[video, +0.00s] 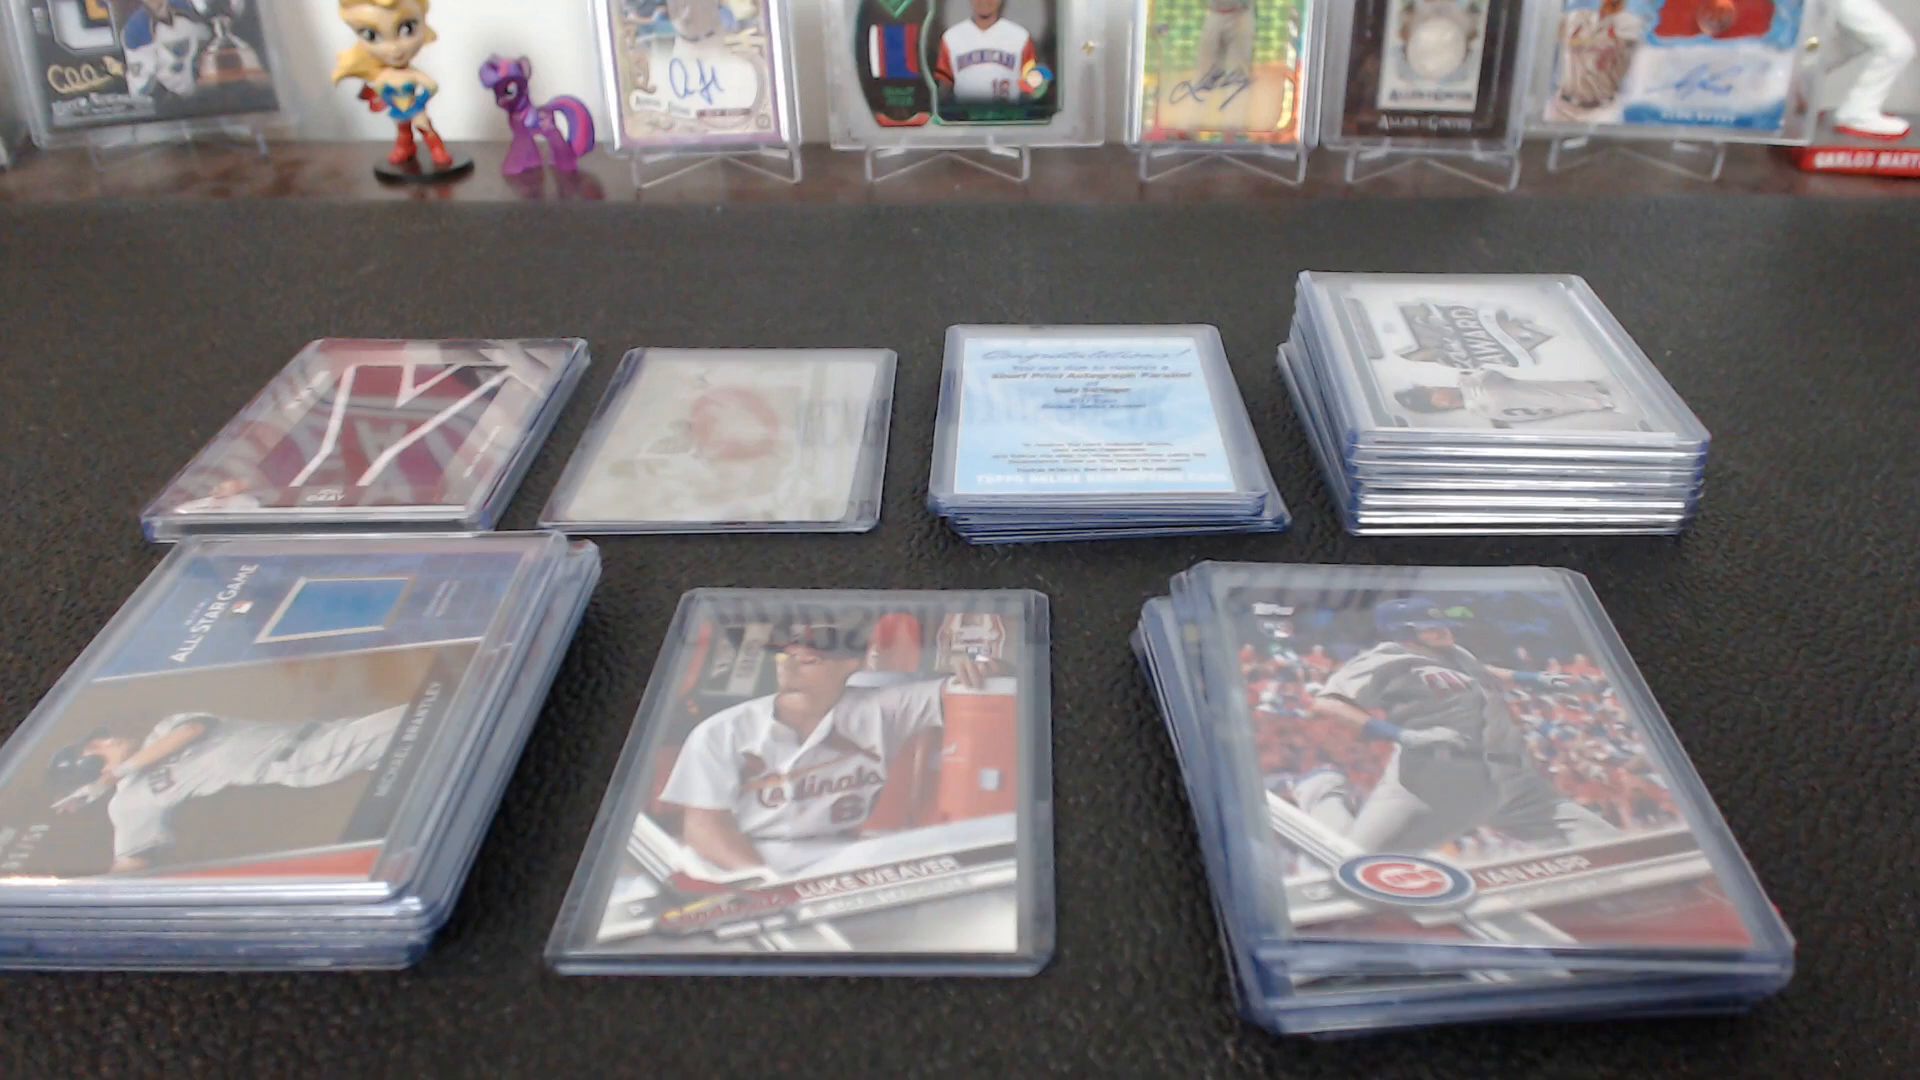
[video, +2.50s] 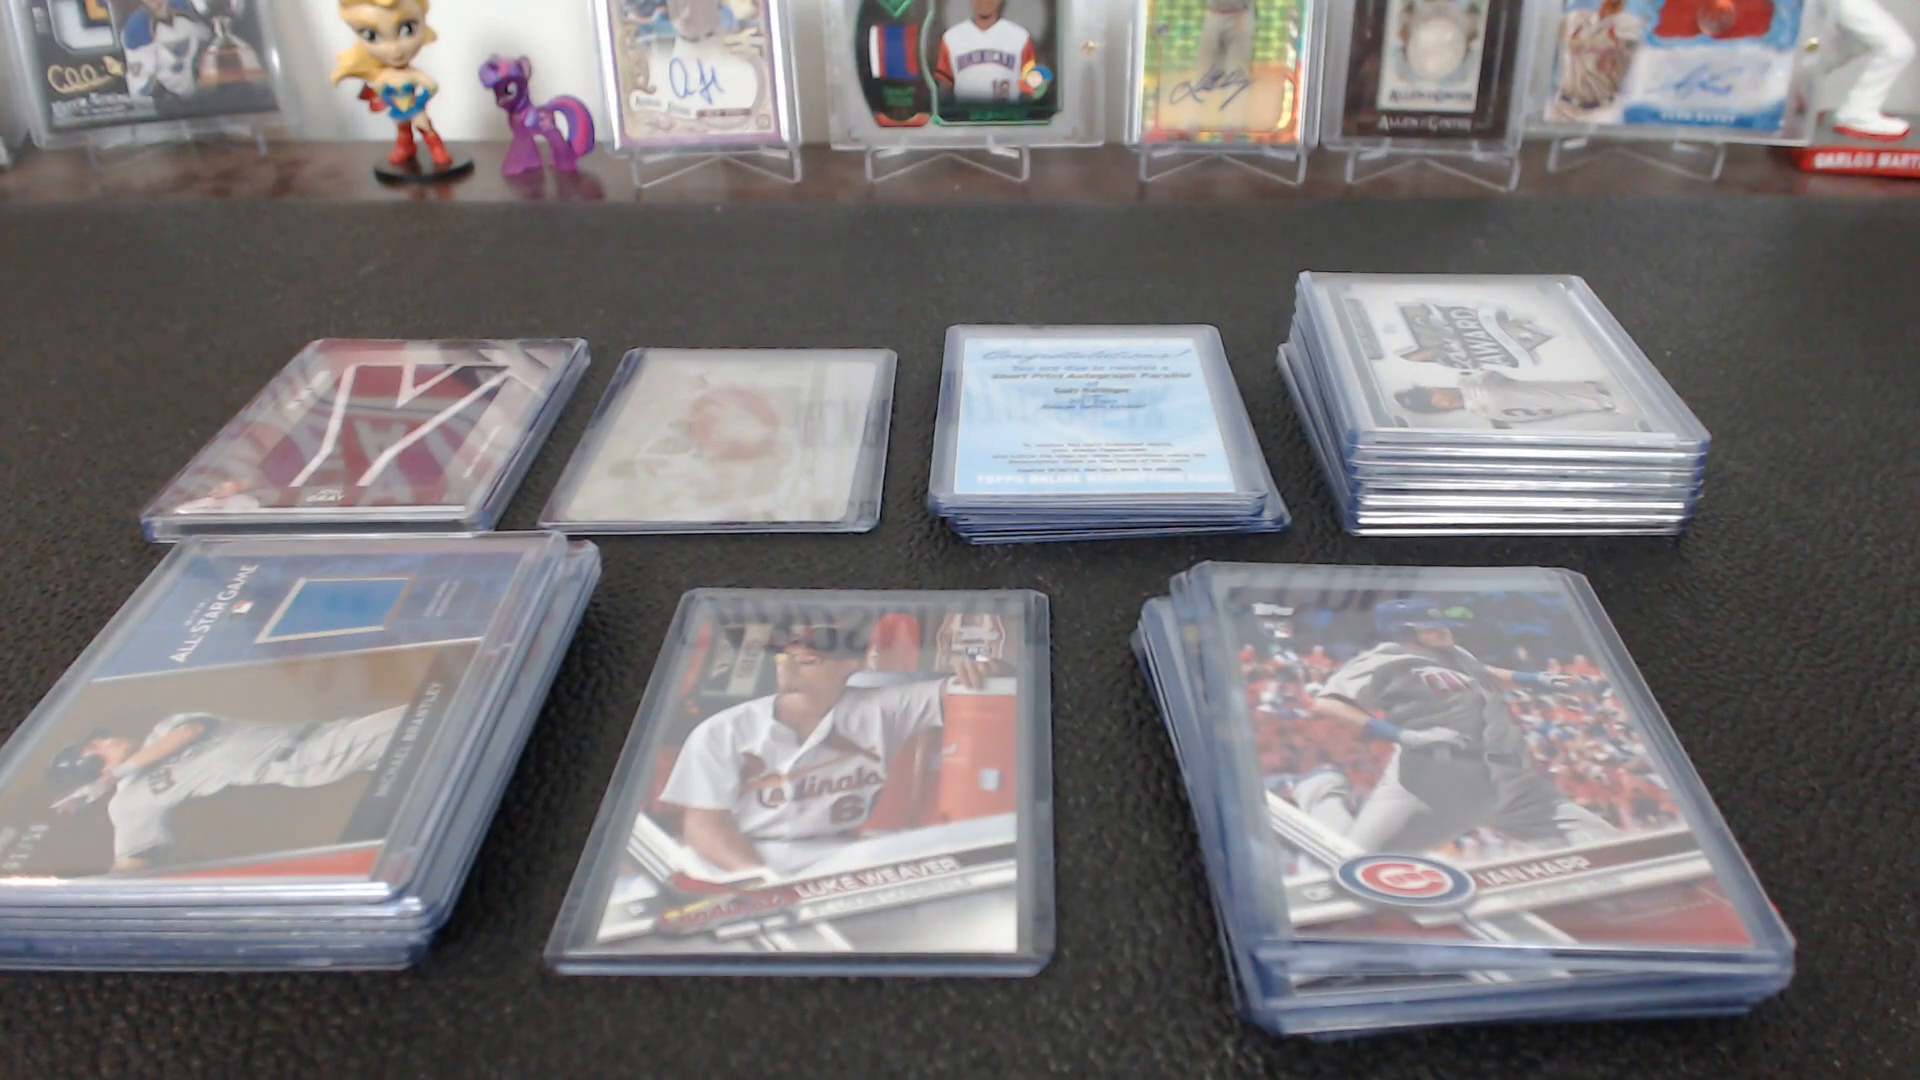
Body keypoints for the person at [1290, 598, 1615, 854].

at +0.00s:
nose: (1445, 629)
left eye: (1445, 621)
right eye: (1432, 622)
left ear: (1448, 623)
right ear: (1405, 628)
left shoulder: (1459, 657)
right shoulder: (1387, 659)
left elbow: (1490, 676)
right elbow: (1327, 704)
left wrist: (1539, 681)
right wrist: (1404, 736)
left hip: (1508, 788)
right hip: (1428, 794)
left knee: (1611, 847)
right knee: (1353, 866)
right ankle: (1320, 792)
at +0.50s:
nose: (1445, 629)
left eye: (1445, 620)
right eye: (1432, 621)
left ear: (1447, 623)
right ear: (1405, 628)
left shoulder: (1460, 657)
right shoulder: (1388, 659)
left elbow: (1490, 676)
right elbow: (1328, 704)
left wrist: (1537, 681)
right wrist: (1402, 735)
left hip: (1510, 789)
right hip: (1428, 795)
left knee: (1613, 848)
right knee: (1353, 866)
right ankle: (1321, 792)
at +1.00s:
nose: (1445, 630)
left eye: (1446, 622)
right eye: (1433, 622)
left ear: (1449, 624)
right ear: (1406, 628)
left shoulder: (1459, 656)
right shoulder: (1387, 659)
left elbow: (1489, 676)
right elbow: (1328, 703)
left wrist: (1538, 681)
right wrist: (1404, 735)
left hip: (1509, 789)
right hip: (1426, 798)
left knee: (1613, 849)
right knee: (1353, 866)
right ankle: (1320, 792)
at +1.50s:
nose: (1446, 631)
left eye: (1446, 622)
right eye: (1434, 623)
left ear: (1447, 624)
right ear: (1406, 628)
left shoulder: (1458, 657)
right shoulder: (1388, 659)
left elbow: (1489, 676)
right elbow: (1328, 703)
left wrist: (1538, 681)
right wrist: (1403, 735)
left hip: (1508, 789)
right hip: (1426, 796)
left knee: (1611, 847)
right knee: (1352, 866)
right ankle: (1321, 792)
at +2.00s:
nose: (1446, 631)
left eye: (1446, 622)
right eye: (1434, 623)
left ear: (1450, 623)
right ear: (1405, 628)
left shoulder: (1458, 656)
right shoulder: (1388, 659)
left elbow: (1488, 676)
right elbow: (1328, 704)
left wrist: (1538, 682)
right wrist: (1404, 736)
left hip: (1508, 788)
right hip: (1427, 796)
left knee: (1609, 846)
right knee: (1352, 868)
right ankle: (1321, 792)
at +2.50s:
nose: (1446, 631)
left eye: (1446, 622)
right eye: (1434, 623)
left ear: (1449, 624)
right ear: (1406, 628)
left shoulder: (1459, 656)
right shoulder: (1388, 659)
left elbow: (1489, 676)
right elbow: (1328, 704)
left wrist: (1538, 682)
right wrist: (1404, 736)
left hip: (1509, 789)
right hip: (1426, 797)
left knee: (1614, 850)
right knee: (1353, 868)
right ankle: (1321, 792)